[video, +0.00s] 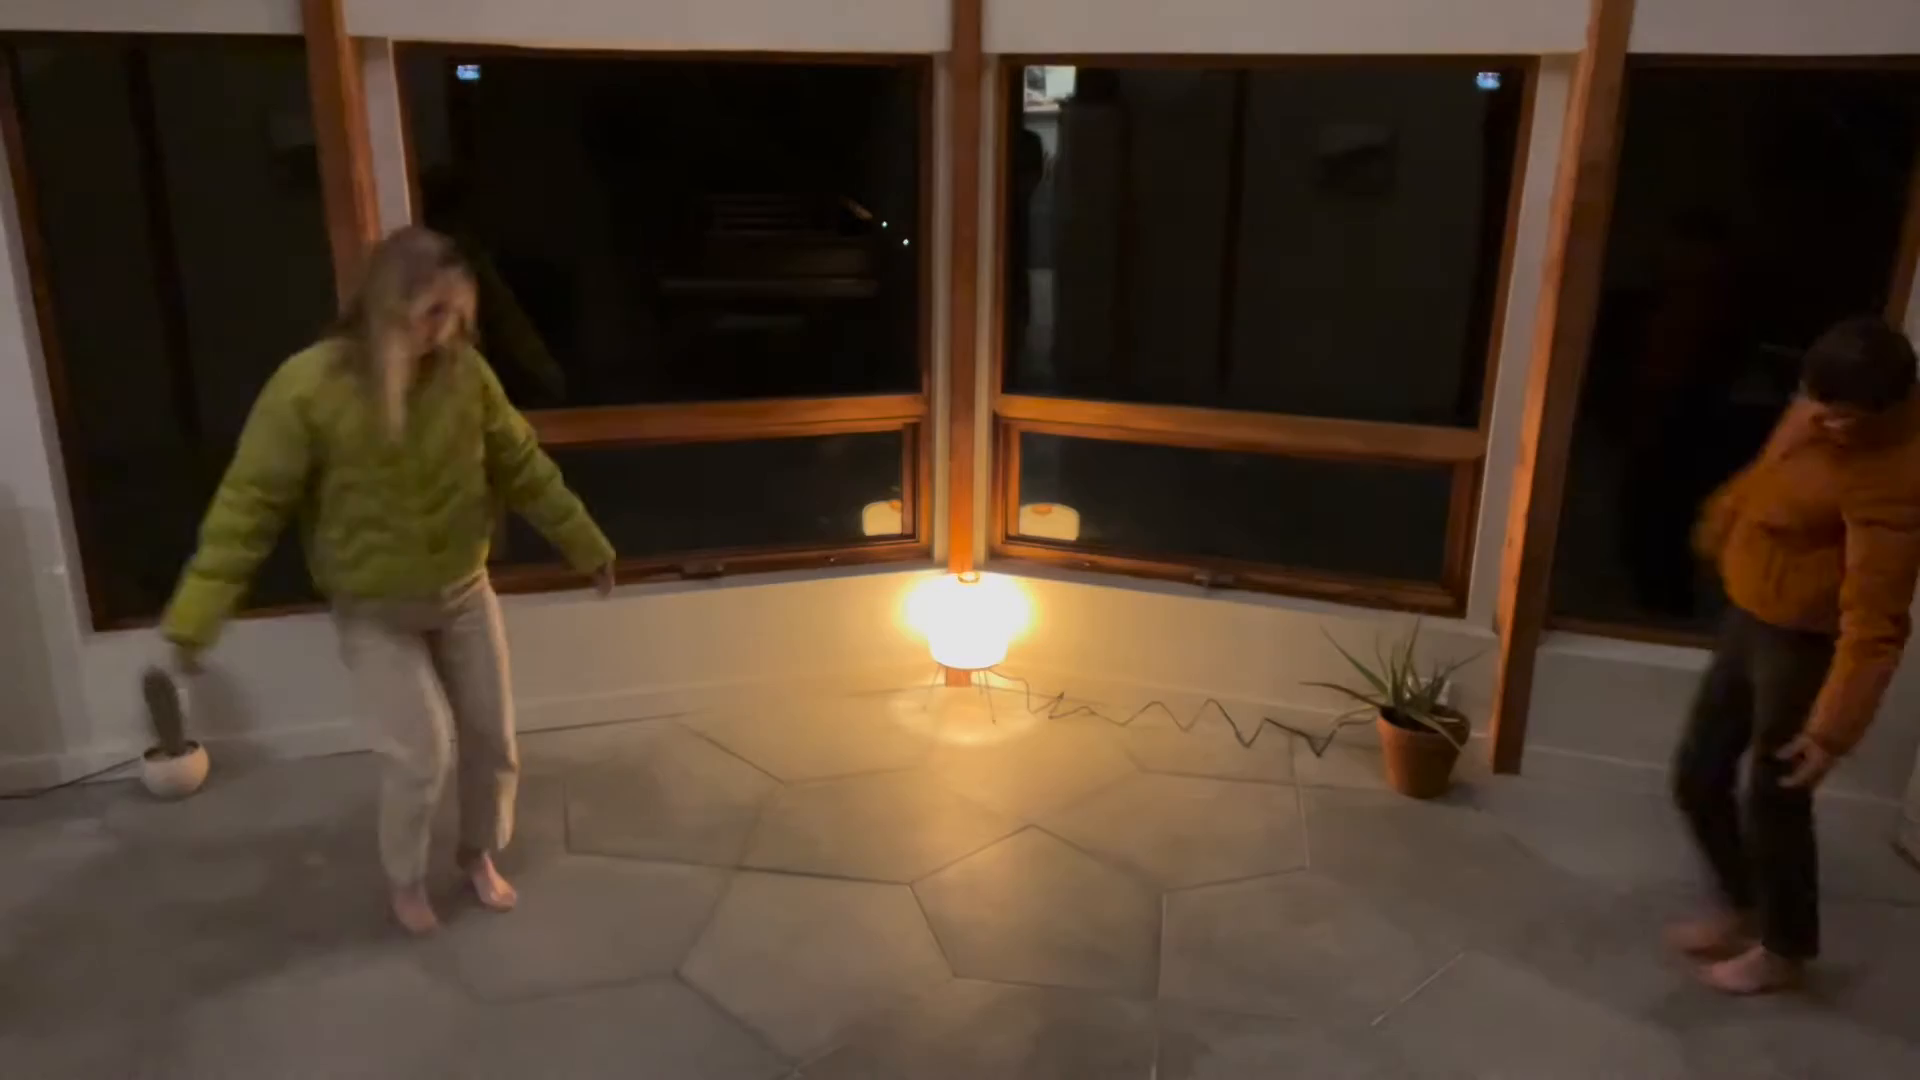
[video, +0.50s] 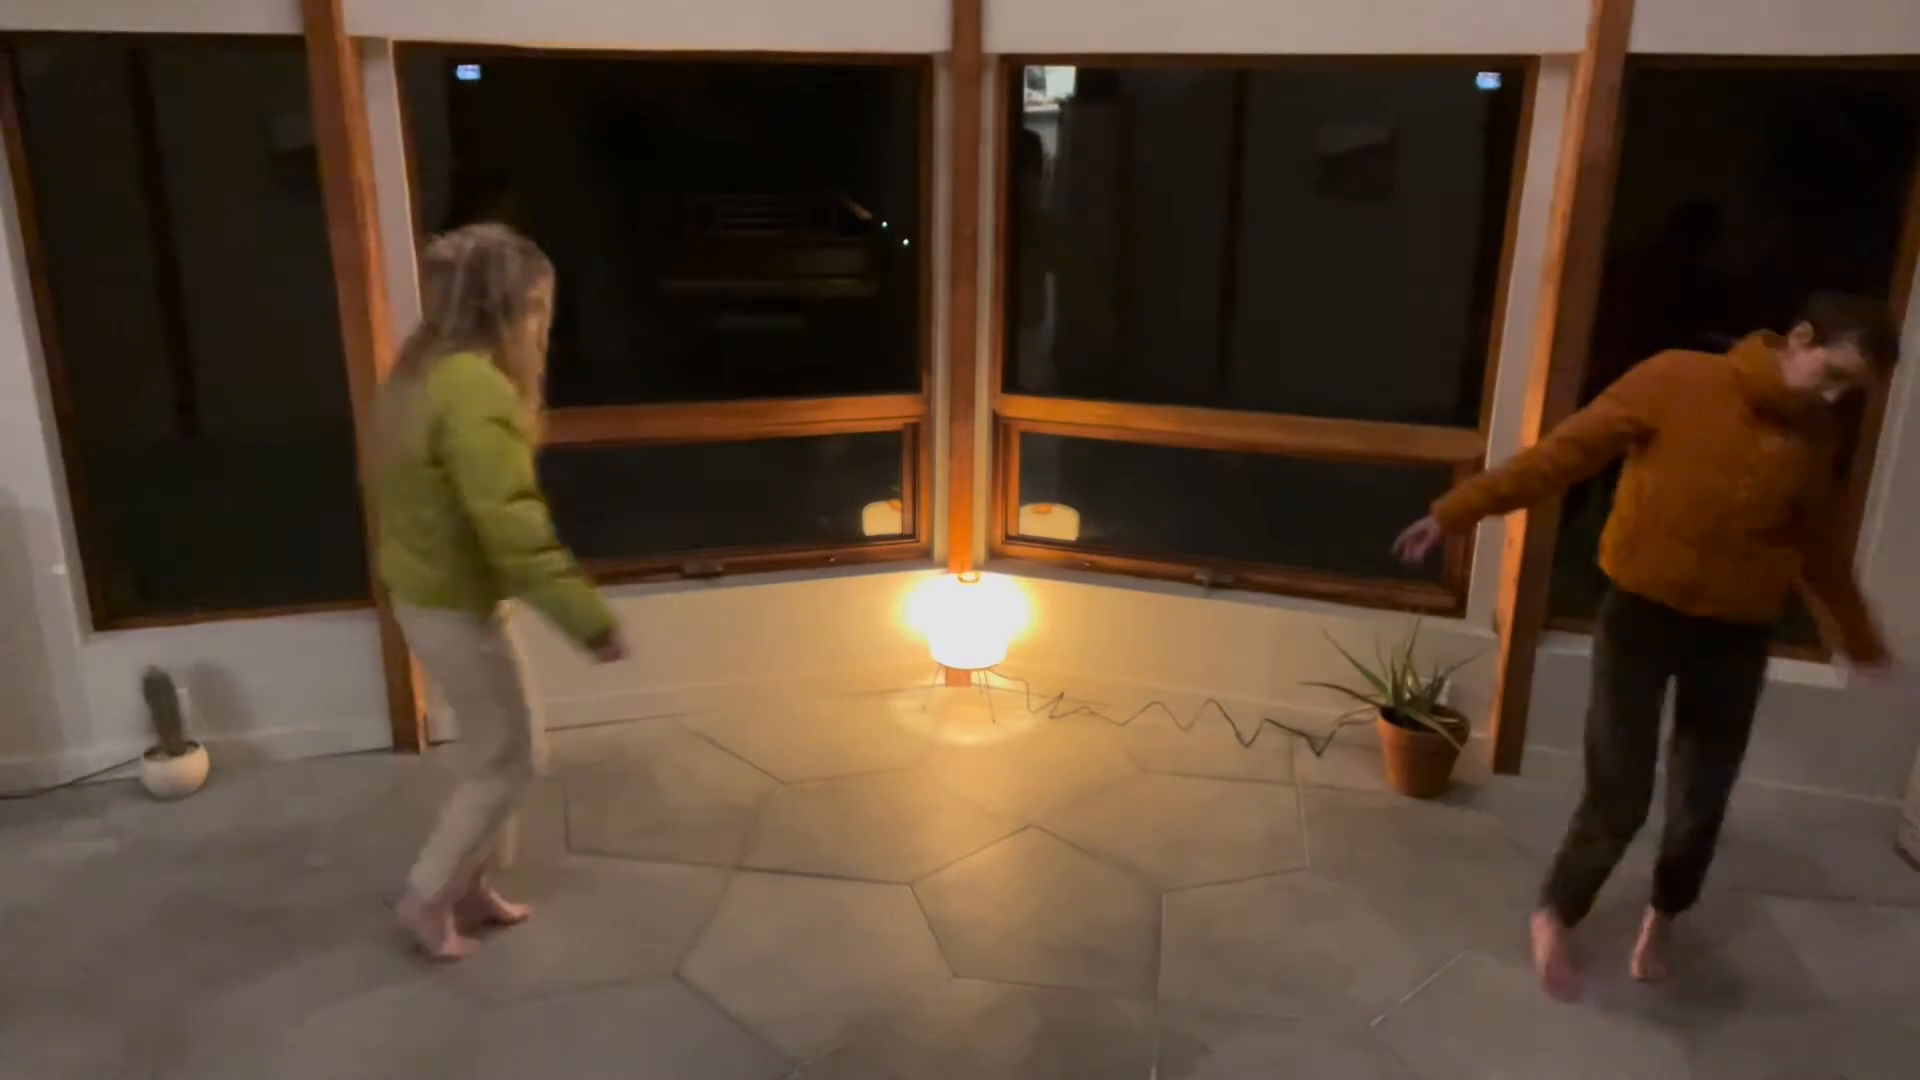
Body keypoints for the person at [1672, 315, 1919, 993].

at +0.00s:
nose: (1820, 421)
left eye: (1838, 416)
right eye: (1817, 404)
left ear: (1877, 412)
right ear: (1812, 386)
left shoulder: (1890, 480)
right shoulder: (1817, 399)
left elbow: (1878, 623)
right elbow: (1775, 470)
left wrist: (1827, 735)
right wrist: (1723, 515)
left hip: (1803, 642)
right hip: (1750, 619)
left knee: (1772, 795)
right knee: (1700, 776)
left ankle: (1784, 951)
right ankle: (1744, 910)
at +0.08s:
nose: (1807, 409)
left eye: (1827, 410)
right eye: (1808, 392)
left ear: (1869, 410)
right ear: (1808, 369)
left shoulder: (1887, 466)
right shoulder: (1789, 376)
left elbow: (1885, 594)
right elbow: (1727, 448)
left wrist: (1880, 721)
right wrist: (1657, 497)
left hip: (1784, 647)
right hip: (1712, 616)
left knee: (1755, 808)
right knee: (1669, 769)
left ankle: (1779, 948)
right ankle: (1644, 895)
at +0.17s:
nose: (1819, 410)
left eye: (1839, 412)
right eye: (1819, 391)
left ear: (1874, 412)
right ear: (1814, 362)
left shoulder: (1883, 463)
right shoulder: (1763, 373)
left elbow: (1893, 600)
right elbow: (1687, 443)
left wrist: (1905, 724)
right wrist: (1614, 487)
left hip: (1771, 640)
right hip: (1689, 604)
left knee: (1737, 806)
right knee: (1652, 763)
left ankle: (1766, 938)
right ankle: (1637, 893)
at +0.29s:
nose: (1832, 405)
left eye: (1854, 403)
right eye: (1835, 384)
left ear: (1877, 403)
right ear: (1821, 343)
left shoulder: (1863, 455)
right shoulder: (1721, 372)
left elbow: (1889, 584)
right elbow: (1622, 436)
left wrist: (1916, 681)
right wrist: (1525, 487)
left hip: (1756, 628)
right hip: (1661, 598)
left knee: (1718, 771)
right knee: (1641, 750)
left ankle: (1680, 910)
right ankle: (1638, 888)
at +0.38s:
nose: (1837, 401)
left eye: (1856, 396)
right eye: (1837, 379)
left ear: (1870, 400)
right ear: (1811, 342)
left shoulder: (1848, 455)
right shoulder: (1706, 378)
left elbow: (1881, 582)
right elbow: (1597, 439)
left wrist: (1916, 672)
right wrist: (1492, 490)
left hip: (1750, 631)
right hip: (1654, 603)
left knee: (1701, 784)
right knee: (1623, 757)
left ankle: (1655, 910)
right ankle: (1624, 883)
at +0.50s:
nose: (1832, 395)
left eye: (1847, 386)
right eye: (1834, 374)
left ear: (1853, 381)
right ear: (1801, 340)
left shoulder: (1816, 435)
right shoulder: (1676, 382)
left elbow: (1823, 551)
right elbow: (1563, 452)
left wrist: (1861, 640)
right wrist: (1457, 508)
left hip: (1733, 633)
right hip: (1640, 614)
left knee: (1700, 803)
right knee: (1621, 795)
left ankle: (1660, 918)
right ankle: (1553, 918)